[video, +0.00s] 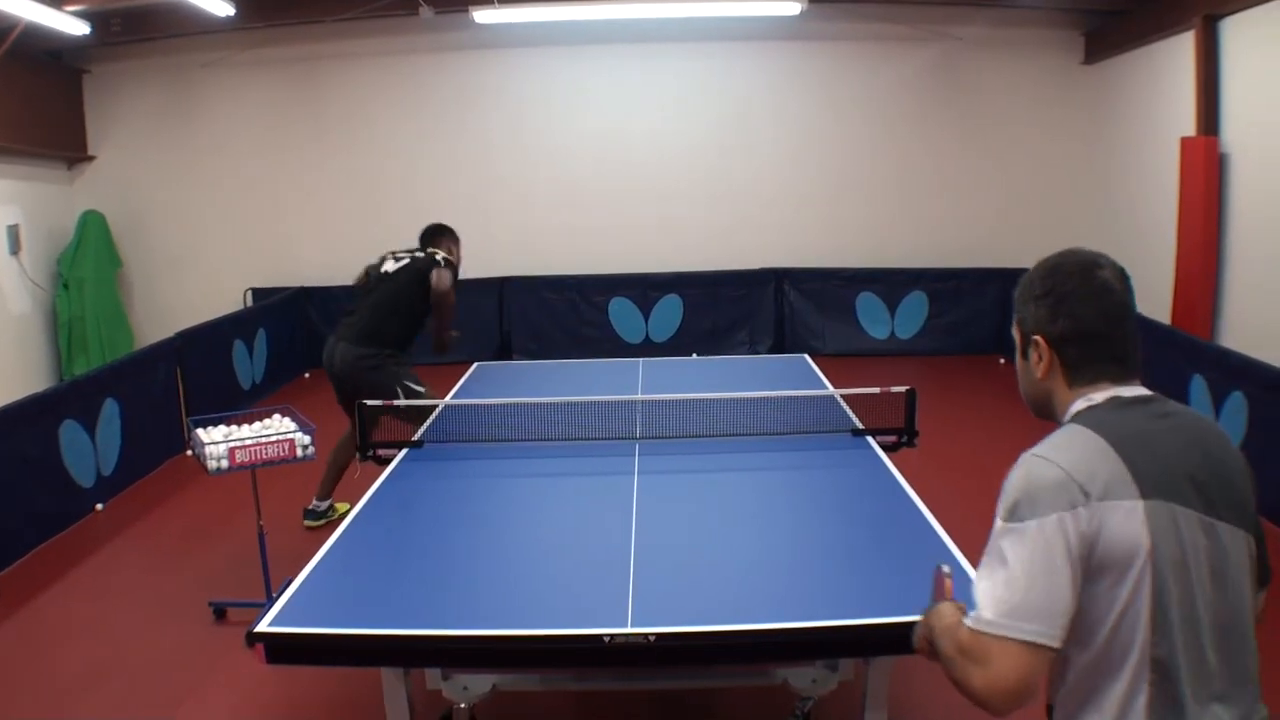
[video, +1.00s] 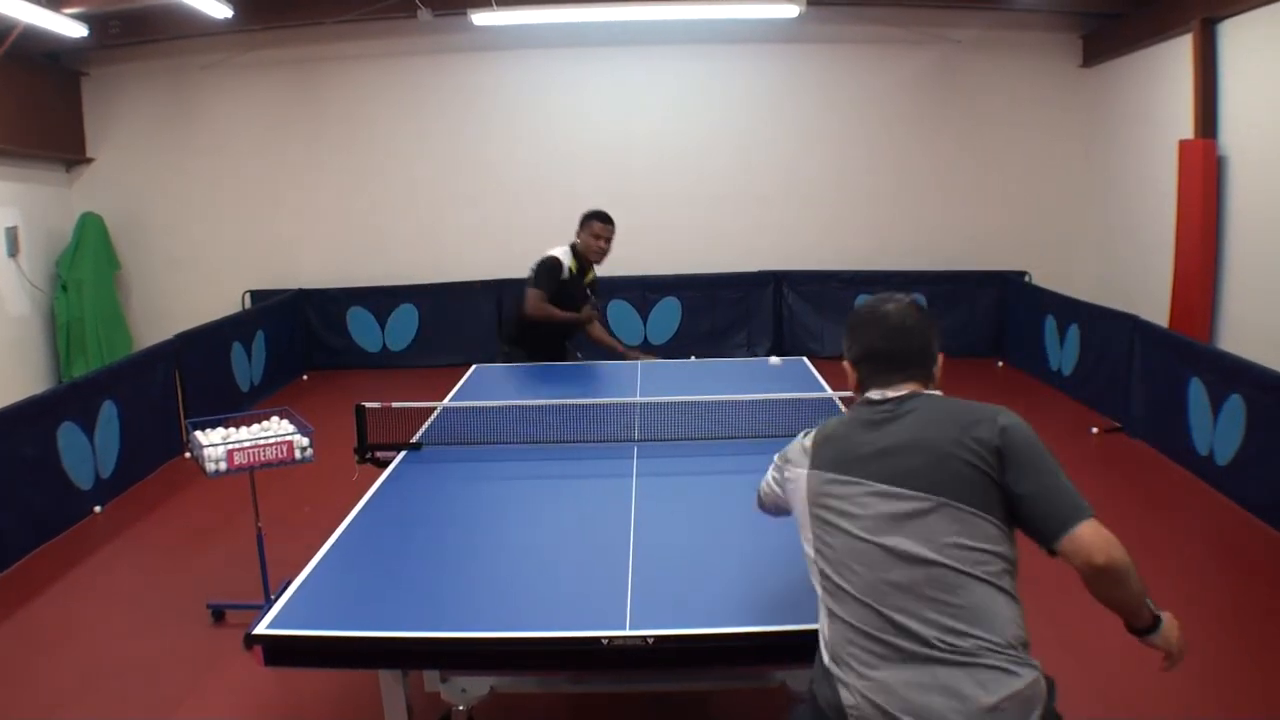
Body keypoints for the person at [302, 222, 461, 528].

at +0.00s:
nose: (459, 256)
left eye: (459, 250)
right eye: (457, 250)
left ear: (425, 246)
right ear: (446, 246)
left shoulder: (394, 257)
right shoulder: (440, 260)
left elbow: (361, 281)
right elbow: (441, 287)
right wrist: (442, 335)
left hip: (338, 353)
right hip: (372, 358)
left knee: (360, 426)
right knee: (438, 422)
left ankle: (319, 505)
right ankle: (440, 499)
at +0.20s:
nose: (500, 267)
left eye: (504, 262)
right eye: (496, 258)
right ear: (474, 250)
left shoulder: (465, 284)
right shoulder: (444, 271)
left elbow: (440, 321)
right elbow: (392, 297)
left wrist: (453, 351)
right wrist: (425, 341)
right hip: (386, 362)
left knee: (419, 435)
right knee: (446, 420)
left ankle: (345, 477)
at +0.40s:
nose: (500, 240)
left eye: (507, 234)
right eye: (494, 231)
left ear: (513, 233)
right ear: (477, 223)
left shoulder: (498, 253)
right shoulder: (443, 250)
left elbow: (488, 281)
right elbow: (393, 286)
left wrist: (510, 310)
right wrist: (438, 319)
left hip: (449, 329)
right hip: (411, 327)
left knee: (461, 392)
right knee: (443, 397)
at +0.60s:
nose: (517, 241)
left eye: (523, 235)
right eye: (509, 233)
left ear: (528, 237)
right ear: (491, 232)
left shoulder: (525, 264)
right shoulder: (460, 263)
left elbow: (527, 291)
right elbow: (418, 303)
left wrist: (559, 316)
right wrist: (467, 328)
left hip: (494, 341)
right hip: (453, 344)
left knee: (527, 383)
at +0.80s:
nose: (556, 225)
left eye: (562, 219)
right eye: (549, 217)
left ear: (567, 221)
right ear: (532, 214)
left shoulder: (565, 252)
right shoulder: (497, 250)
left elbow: (573, 289)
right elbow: (462, 289)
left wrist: (601, 320)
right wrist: (507, 310)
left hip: (543, 337)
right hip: (500, 340)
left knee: (583, 380)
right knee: (502, 403)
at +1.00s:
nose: (602, 246)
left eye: (607, 241)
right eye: (596, 238)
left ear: (611, 243)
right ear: (579, 235)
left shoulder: (589, 276)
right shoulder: (553, 263)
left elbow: (589, 323)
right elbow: (533, 307)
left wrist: (623, 351)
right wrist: (579, 318)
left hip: (558, 353)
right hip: (526, 354)